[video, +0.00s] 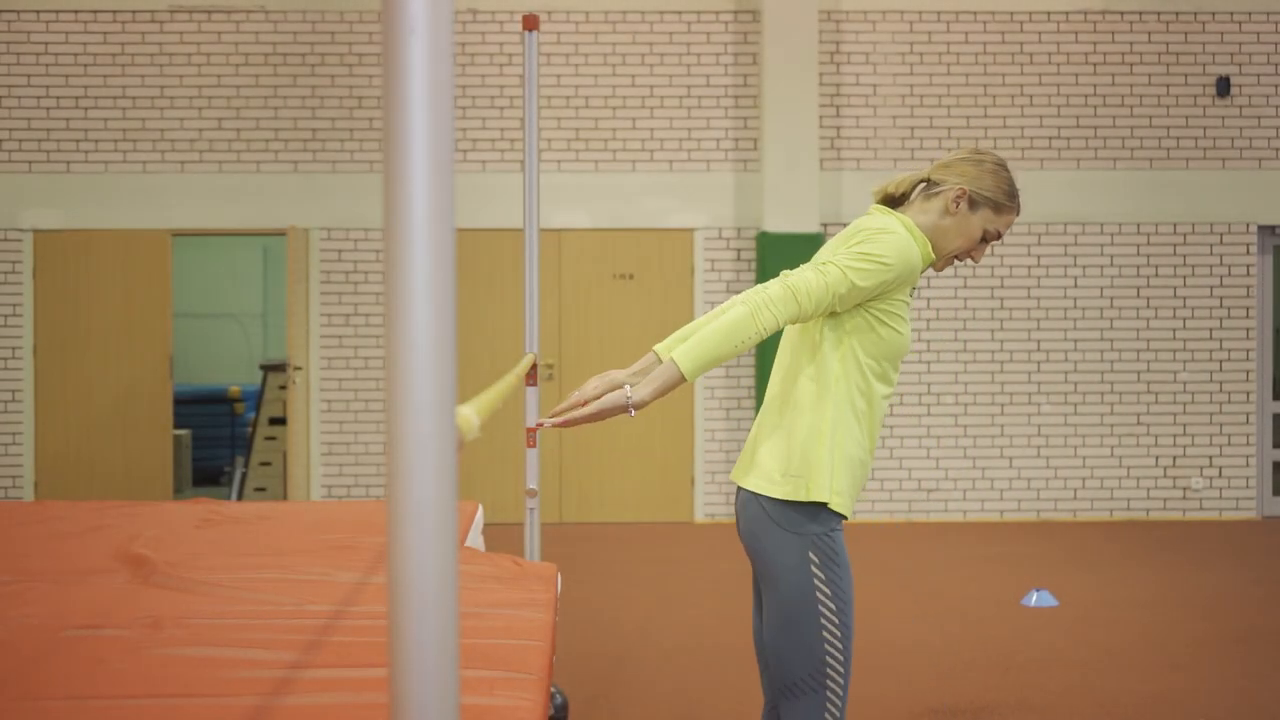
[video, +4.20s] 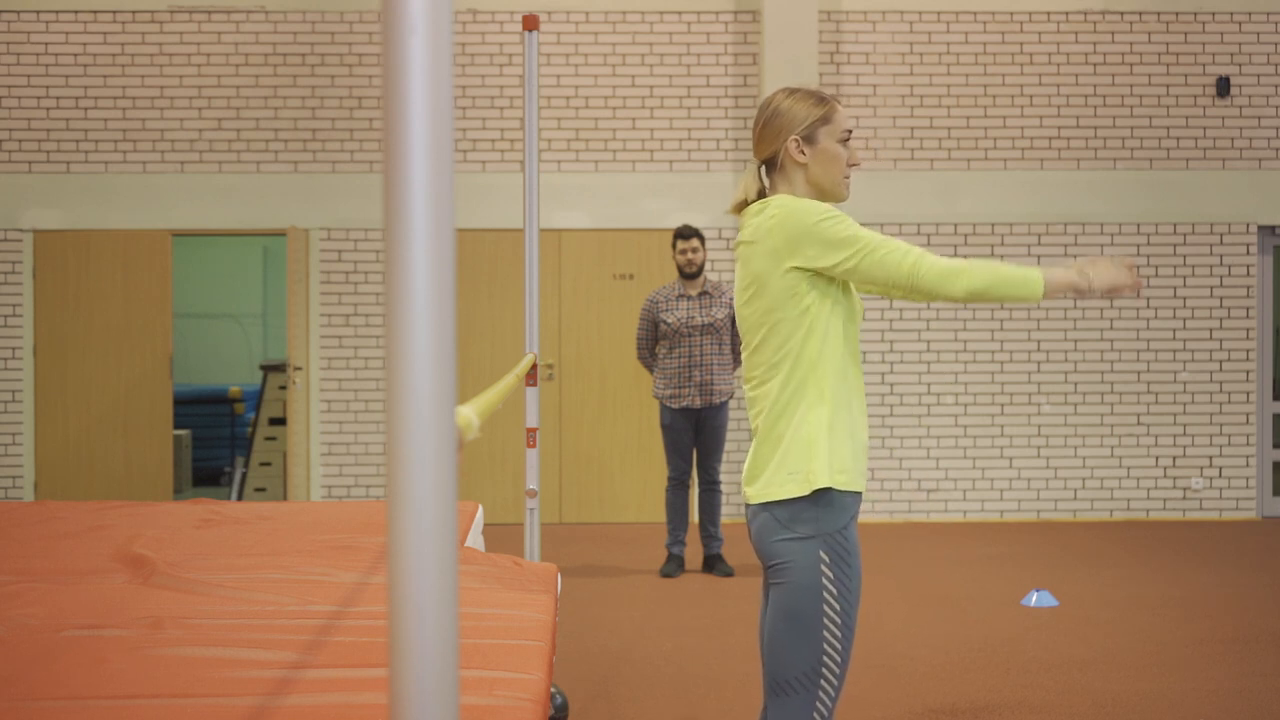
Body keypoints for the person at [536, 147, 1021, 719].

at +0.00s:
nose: (978, 255)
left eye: (990, 244)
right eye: (987, 236)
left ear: (950, 199)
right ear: (957, 200)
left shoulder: (872, 237)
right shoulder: (895, 245)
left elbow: (760, 303)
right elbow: (773, 305)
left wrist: (637, 372)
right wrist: (649, 386)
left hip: (777, 499)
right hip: (798, 505)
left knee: (788, 702)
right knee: (817, 704)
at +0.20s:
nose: (979, 256)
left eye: (990, 246)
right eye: (987, 238)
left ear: (948, 201)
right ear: (955, 202)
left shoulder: (873, 238)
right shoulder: (895, 246)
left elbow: (760, 303)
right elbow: (774, 304)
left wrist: (638, 370)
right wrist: (650, 386)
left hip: (769, 500)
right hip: (793, 505)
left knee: (776, 706)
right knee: (827, 704)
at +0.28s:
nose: (878, 148)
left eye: (872, 133)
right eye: (865, 134)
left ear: (821, 152)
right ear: (822, 149)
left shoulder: (787, 227)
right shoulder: (832, 229)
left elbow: (815, 381)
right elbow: (860, 383)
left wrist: (908, 505)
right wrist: (916, 503)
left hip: (802, 497)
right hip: (836, 501)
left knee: (798, 706)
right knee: (820, 707)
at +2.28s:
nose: (870, 154)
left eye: (866, 140)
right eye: (858, 140)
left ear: (812, 154)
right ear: (814, 152)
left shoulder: (779, 230)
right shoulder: (825, 232)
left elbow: (788, 384)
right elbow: (854, 385)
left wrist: (890, 507)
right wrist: (908, 507)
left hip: (798, 503)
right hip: (831, 505)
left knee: (800, 705)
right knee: (818, 707)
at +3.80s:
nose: (863, 153)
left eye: (858, 138)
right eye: (850, 139)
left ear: (805, 154)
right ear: (804, 151)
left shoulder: (781, 228)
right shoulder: (816, 226)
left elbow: (876, 359)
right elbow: (896, 356)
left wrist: (990, 448)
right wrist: (1000, 455)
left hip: (785, 501)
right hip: (806, 505)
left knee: (788, 705)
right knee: (802, 706)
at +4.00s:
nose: (857, 154)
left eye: (854, 140)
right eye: (845, 140)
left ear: (801, 153)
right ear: (801, 150)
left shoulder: (780, 227)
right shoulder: (804, 223)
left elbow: (896, 327)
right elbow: (912, 319)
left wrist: (1034, 373)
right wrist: (1048, 377)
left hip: (793, 499)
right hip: (806, 501)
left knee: (792, 703)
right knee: (802, 705)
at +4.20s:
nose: (854, 156)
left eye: (850, 139)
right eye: (841, 140)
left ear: (798, 153)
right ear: (797, 151)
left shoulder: (778, 224)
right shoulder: (795, 223)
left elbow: (925, 277)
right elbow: (931, 276)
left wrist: (1067, 279)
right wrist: (1073, 277)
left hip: (799, 501)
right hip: (809, 502)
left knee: (794, 704)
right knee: (804, 706)